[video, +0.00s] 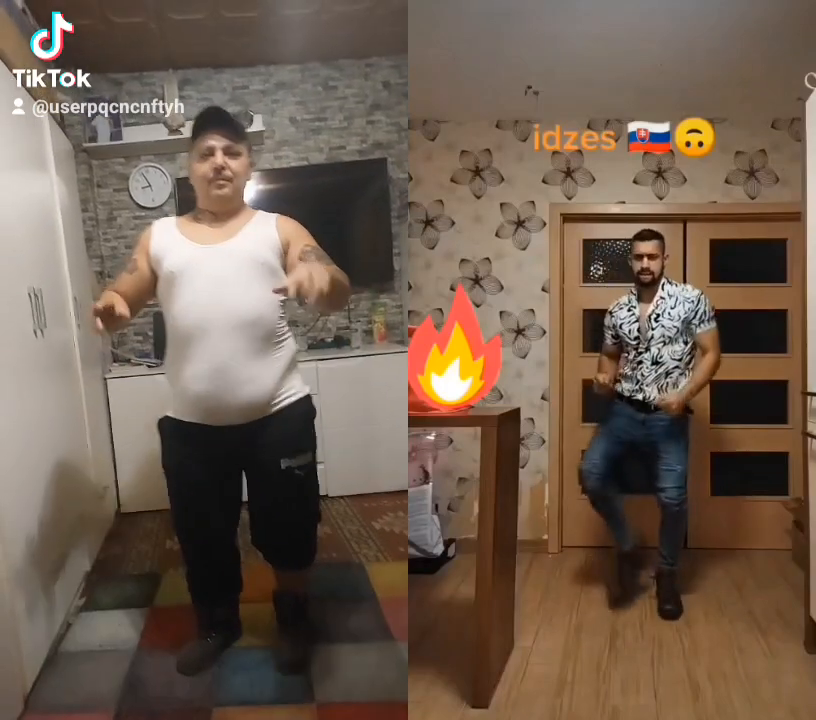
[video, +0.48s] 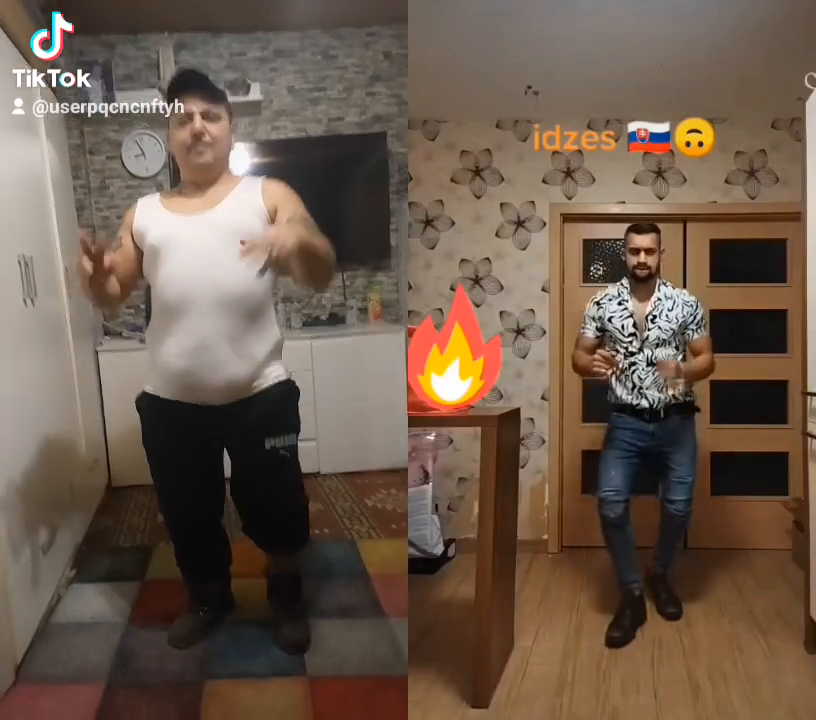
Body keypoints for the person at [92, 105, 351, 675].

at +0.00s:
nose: (220, 164)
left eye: (232, 153)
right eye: (207, 155)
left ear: (249, 166)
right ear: (190, 169)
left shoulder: (281, 231)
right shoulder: (159, 239)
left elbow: (336, 298)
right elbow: (123, 295)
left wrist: (322, 278)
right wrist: (111, 307)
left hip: (278, 414)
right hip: (192, 420)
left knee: (289, 534)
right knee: (203, 538)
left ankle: (293, 621)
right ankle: (216, 627)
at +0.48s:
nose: (198, 131)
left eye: (211, 117)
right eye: (183, 120)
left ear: (231, 129)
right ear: (166, 136)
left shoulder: (270, 197)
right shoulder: (143, 215)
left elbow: (321, 276)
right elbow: (112, 297)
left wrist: (299, 243)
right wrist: (98, 276)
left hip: (259, 393)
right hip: (172, 400)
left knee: (278, 514)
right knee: (188, 518)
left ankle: (287, 601)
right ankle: (208, 602)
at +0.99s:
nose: (205, 112)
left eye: (217, 98)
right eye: (190, 102)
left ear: (239, 109)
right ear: (173, 120)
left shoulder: (284, 178)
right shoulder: (154, 204)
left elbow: (343, 245)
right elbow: (131, 299)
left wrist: (322, 258)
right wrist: (120, 287)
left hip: (270, 391)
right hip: (179, 394)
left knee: (267, 520)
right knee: (177, 518)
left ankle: (264, 599)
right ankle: (187, 604)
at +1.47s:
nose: (240, 91)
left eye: (253, 81)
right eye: (226, 78)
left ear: (267, 98)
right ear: (200, 93)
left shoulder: (290, 177)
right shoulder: (161, 170)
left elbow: (327, 251)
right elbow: (125, 256)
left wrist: (308, 249)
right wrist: (174, 306)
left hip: (277, 372)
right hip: (190, 374)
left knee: (278, 490)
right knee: (183, 494)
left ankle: (271, 578)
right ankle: (178, 592)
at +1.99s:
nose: (227, 92)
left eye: (241, 82)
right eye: (213, 80)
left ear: (258, 100)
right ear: (190, 94)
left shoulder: (284, 175)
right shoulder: (150, 173)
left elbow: (323, 254)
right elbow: (105, 250)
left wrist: (274, 246)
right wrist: (144, 250)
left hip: (257, 368)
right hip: (171, 372)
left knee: (269, 488)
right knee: (176, 493)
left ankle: (272, 577)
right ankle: (184, 583)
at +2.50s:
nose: (202, 100)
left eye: (213, 86)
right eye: (187, 91)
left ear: (234, 95)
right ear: (170, 108)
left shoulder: (272, 151)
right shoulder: (167, 195)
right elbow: (154, 280)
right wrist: (124, 272)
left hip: (272, 362)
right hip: (187, 365)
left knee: (287, 484)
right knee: (176, 488)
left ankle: (297, 579)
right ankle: (173, 579)